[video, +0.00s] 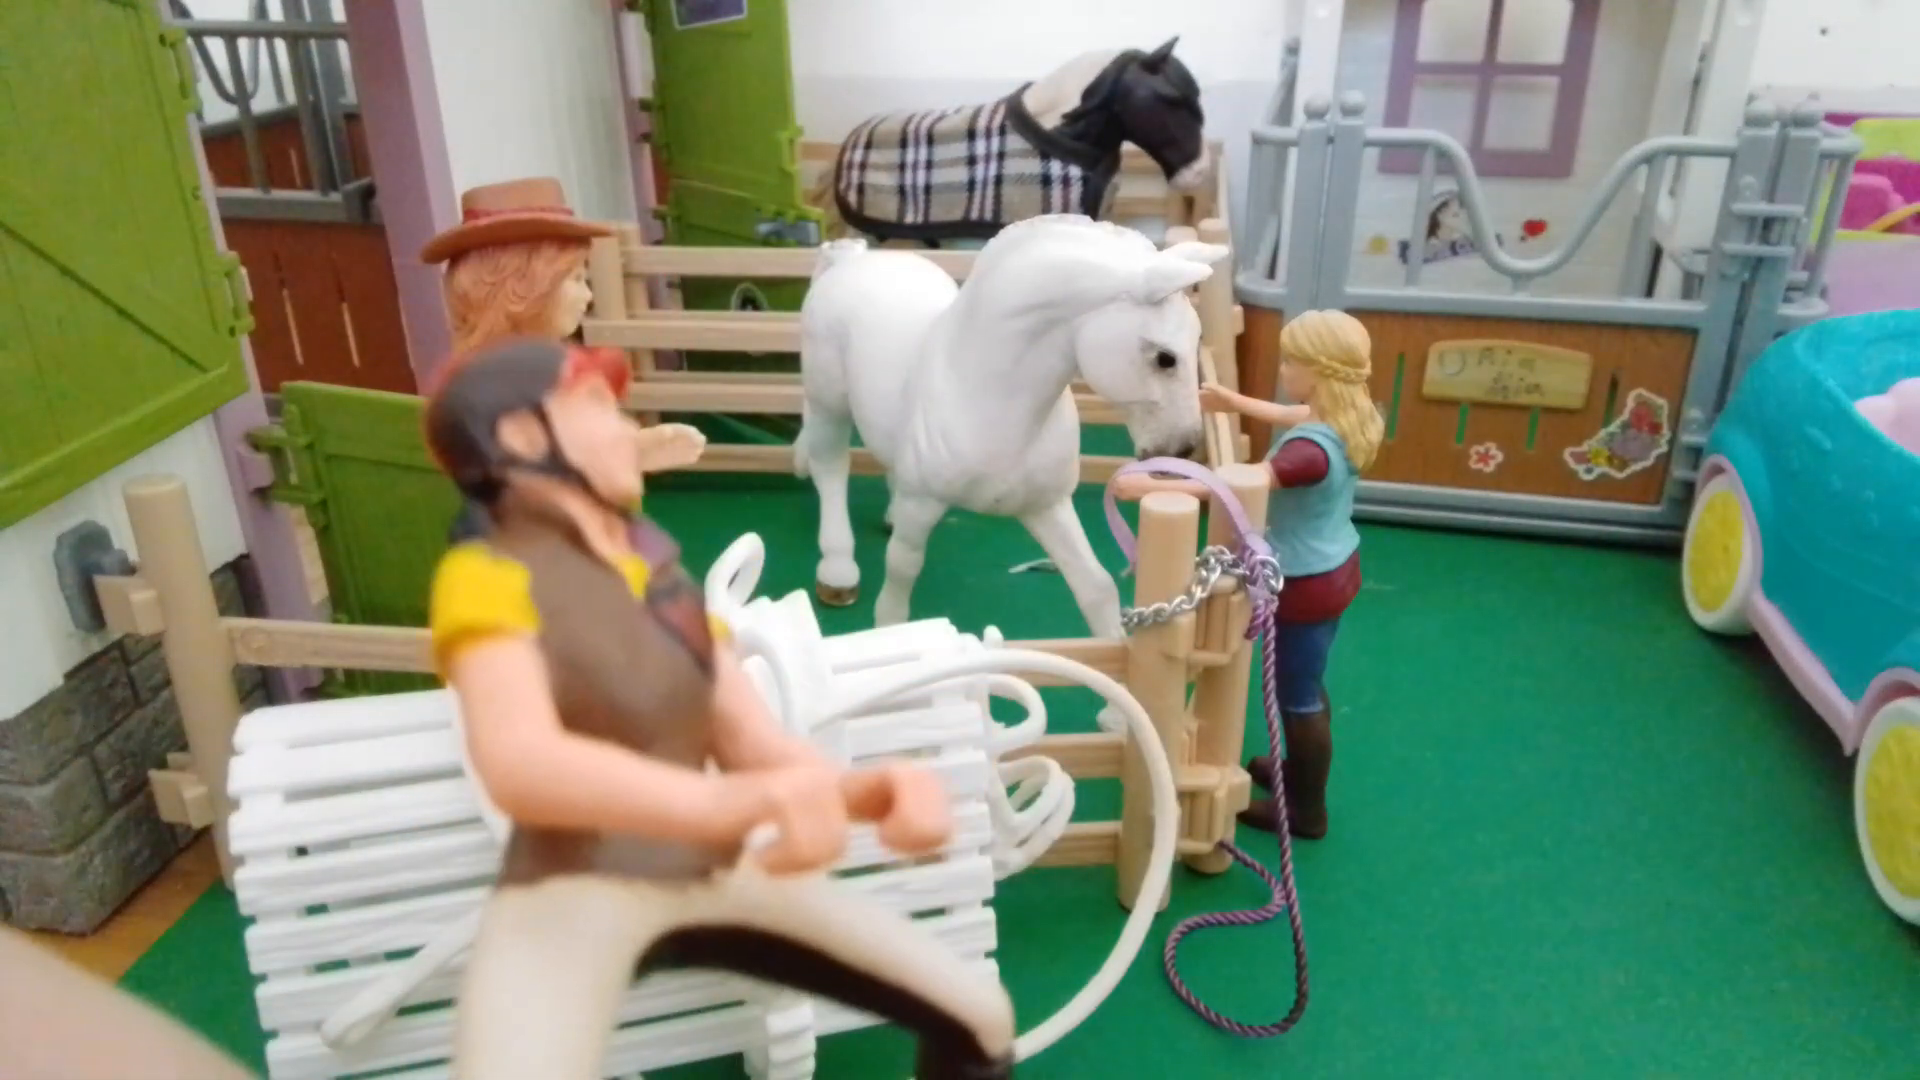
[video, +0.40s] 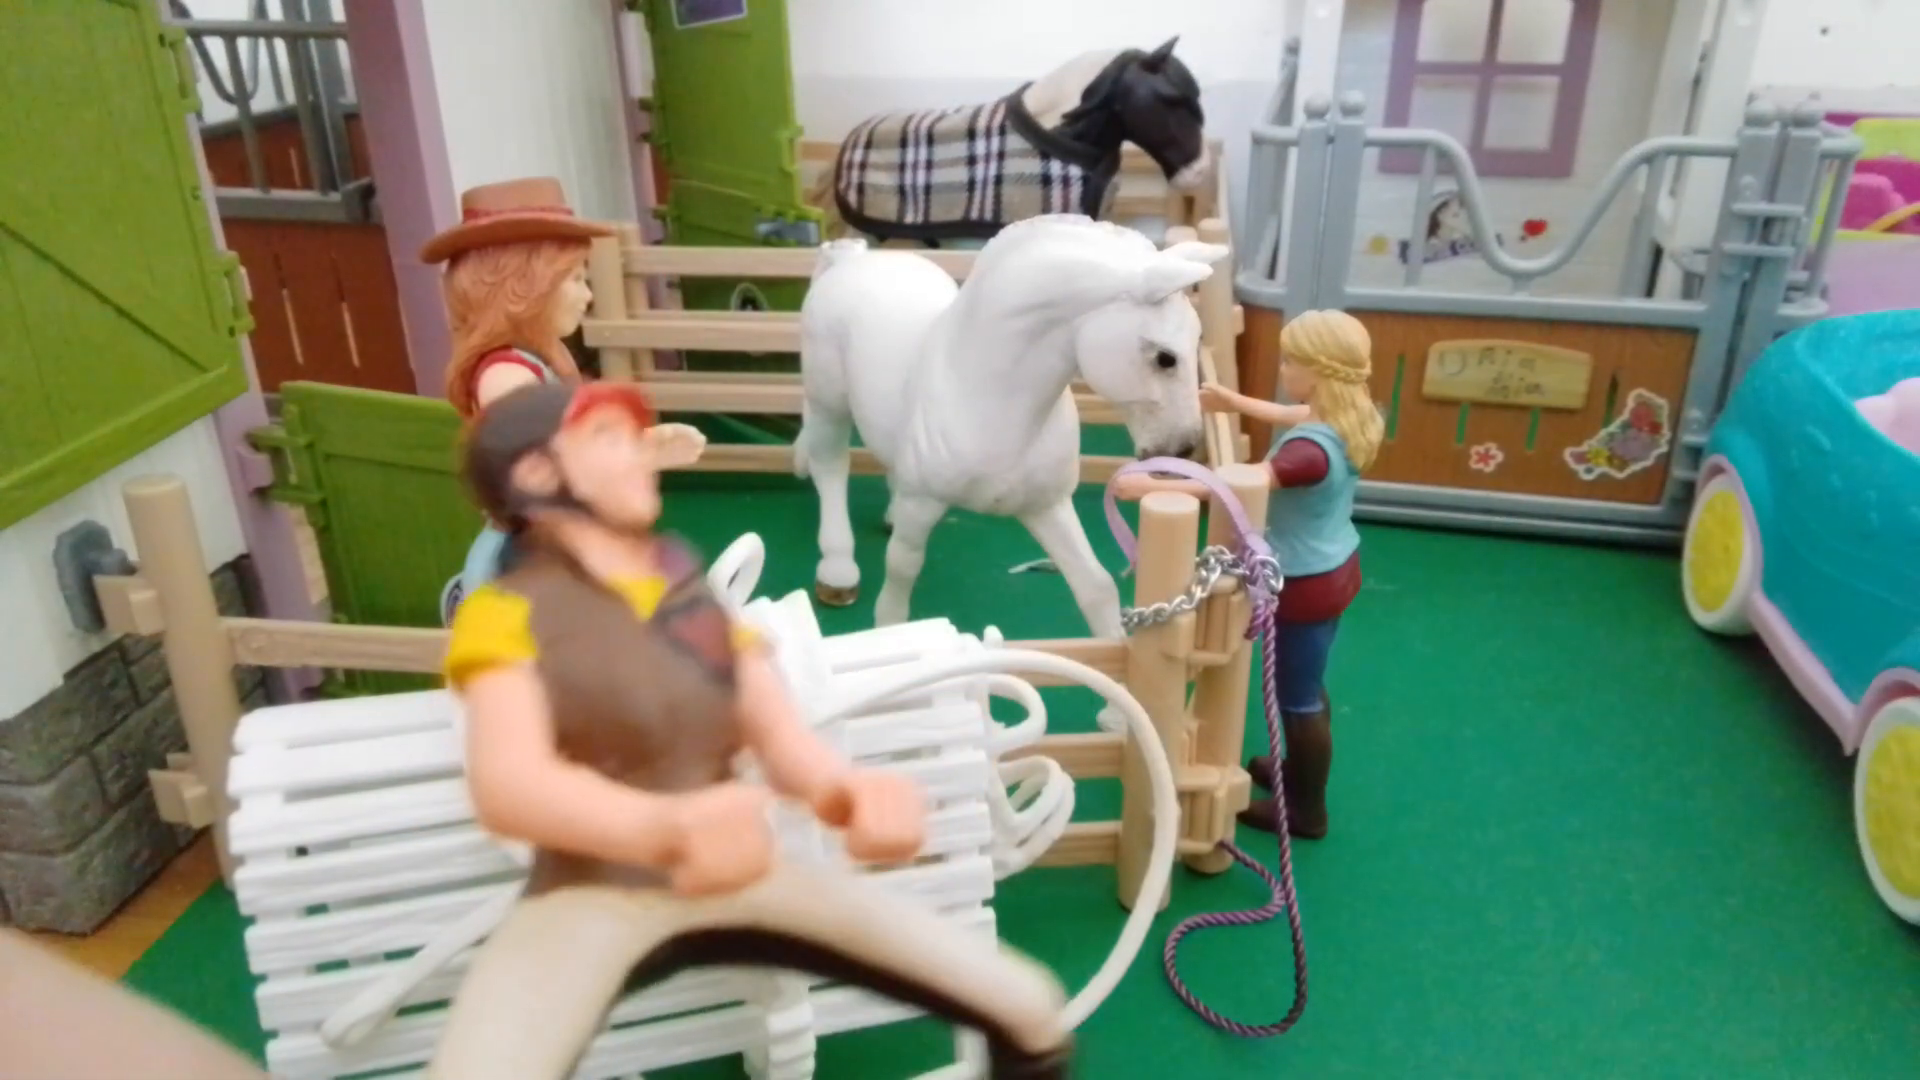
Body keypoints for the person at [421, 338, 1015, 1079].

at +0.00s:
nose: (630, 422)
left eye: (614, 398)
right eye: (597, 398)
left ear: (521, 437)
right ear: (518, 436)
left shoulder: (651, 560)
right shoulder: (488, 572)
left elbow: (748, 738)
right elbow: (521, 767)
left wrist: (859, 793)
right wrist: (732, 805)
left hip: (721, 878)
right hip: (571, 898)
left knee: (974, 1013)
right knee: (516, 1063)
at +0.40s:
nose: (638, 446)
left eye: (631, 428)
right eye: (601, 433)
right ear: (535, 477)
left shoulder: (684, 585)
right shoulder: (507, 612)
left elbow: (776, 729)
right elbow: (509, 787)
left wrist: (846, 790)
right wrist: (674, 827)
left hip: (742, 871)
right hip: (591, 893)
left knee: (1029, 1008)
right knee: (474, 1066)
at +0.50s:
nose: (668, 383)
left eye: (661, 365)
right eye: (628, 372)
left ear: (682, 385)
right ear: (561, 419)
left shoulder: (756, 542)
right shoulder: (529, 570)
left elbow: (825, 681)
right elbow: (511, 750)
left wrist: (860, 756)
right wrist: (626, 811)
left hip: (788, 826)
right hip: (617, 863)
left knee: (1084, 995)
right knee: (457, 1063)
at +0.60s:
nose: (676, 351)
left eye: (683, 331)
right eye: (637, 335)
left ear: (707, 355)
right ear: (571, 386)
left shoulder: (790, 519)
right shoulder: (539, 549)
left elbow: (852, 668)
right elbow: (512, 734)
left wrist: (851, 762)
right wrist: (571, 820)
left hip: (811, 833)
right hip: (630, 857)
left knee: (1122, 1035)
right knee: (442, 1071)